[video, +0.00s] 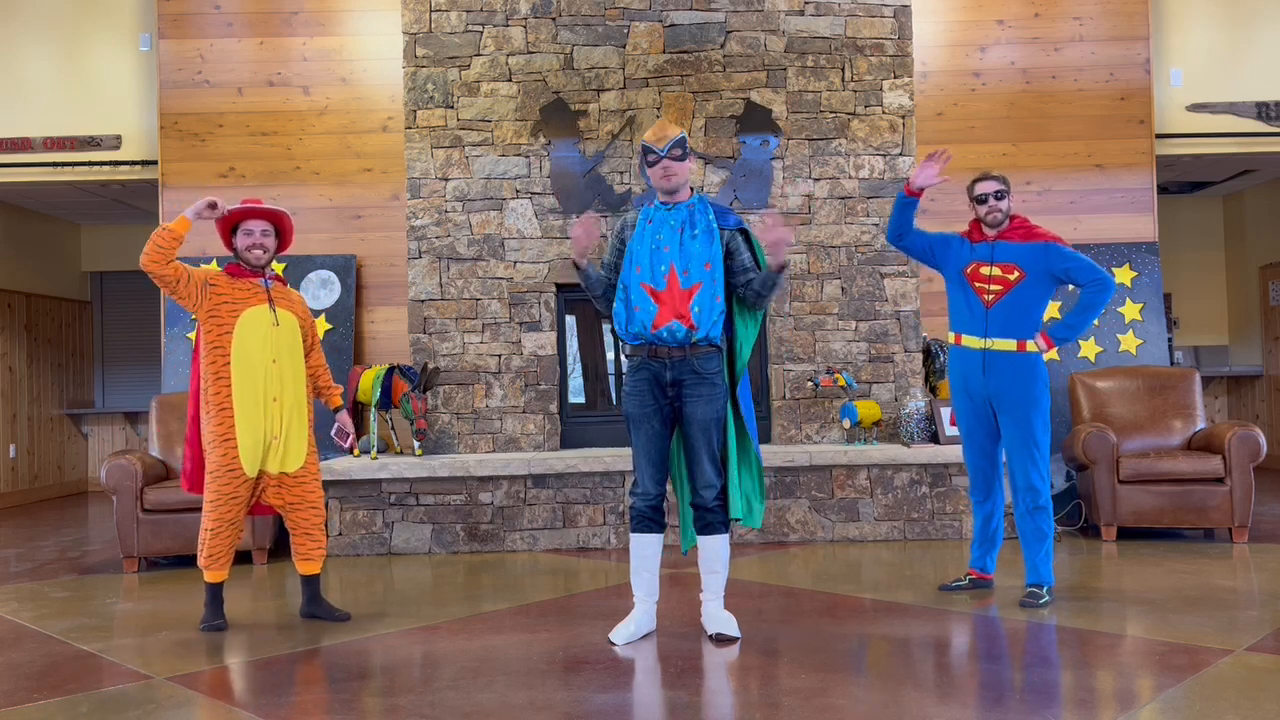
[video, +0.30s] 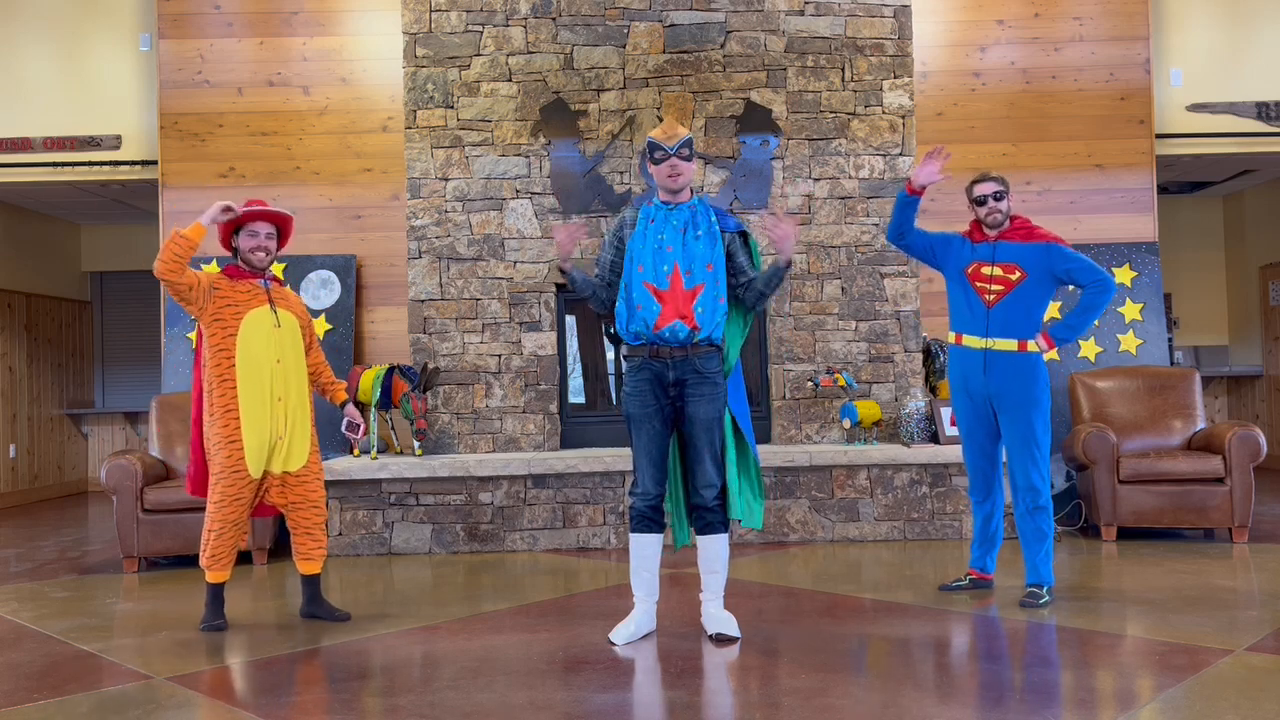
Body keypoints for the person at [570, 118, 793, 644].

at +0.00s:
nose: (668, 166)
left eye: (677, 156)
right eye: (657, 160)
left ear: (693, 164)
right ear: (645, 171)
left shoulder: (722, 221)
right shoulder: (631, 223)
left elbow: (752, 295)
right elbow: (608, 298)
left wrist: (775, 265)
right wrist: (585, 262)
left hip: (702, 365)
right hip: (643, 366)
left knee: (708, 485)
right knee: (647, 488)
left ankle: (714, 607)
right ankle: (644, 609)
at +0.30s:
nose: (673, 167)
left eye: (683, 157)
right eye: (662, 158)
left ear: (696, 163)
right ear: (648, 166)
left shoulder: (719, 220)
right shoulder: (630, 221)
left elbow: (750, 295)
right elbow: (601, 295)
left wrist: (782, 258)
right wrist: (570, 264)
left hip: (702, 366)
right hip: (643, 367)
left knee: (707, 487)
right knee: (647, 489)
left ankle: (713, 608)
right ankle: (643, 610)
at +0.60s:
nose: (671, 164)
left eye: (680, 156)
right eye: (661, 158)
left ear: (694, 165)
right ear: (647, 168)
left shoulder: (717, 223)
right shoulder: (627, 222)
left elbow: (750, 292)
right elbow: (601, 295)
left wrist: (798, 268)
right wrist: (562, 268)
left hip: (700, 365)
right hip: (640, 366)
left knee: (707, 486)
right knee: (646, 489)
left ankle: (714, 608)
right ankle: (643, 610)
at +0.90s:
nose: (669, 164)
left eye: (679, 155)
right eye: (659, 157)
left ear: (694, 165)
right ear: (646, 167)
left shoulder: (718, 222)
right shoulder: (628, 221)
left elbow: (749, 292)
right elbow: (599, 295)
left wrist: (797, 267)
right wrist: (560, 267)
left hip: (699, 365)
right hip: (639, 366)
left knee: (706, 485)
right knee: (645, 488)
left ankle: (714, 607)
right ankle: (643, 610)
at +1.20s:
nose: (669, 164)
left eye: (680, 156)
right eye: (659, 157)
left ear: (695, 165)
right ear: (647, 167)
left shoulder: (720, 222)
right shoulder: (629, 221)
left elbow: (748, 292)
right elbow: (603, 294)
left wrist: (792, 273)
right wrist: (564, 272)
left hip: (699, 365)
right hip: (640, 366)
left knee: (707, 486)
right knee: (645, 489)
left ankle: (714, 608)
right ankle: (643, 610)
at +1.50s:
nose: (677, 164)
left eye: (686, 155)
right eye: (666, 155)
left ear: (698, 164)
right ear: (650, 164)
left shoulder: (721, 221)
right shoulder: (630, 221)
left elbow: (741, 304)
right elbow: (609, 304)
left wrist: (755, 283)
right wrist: (595, 274)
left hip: (702, 364)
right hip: (642, 365)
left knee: (708, 485)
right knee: (647, 486)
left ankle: (713, 607)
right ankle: (643, 609)